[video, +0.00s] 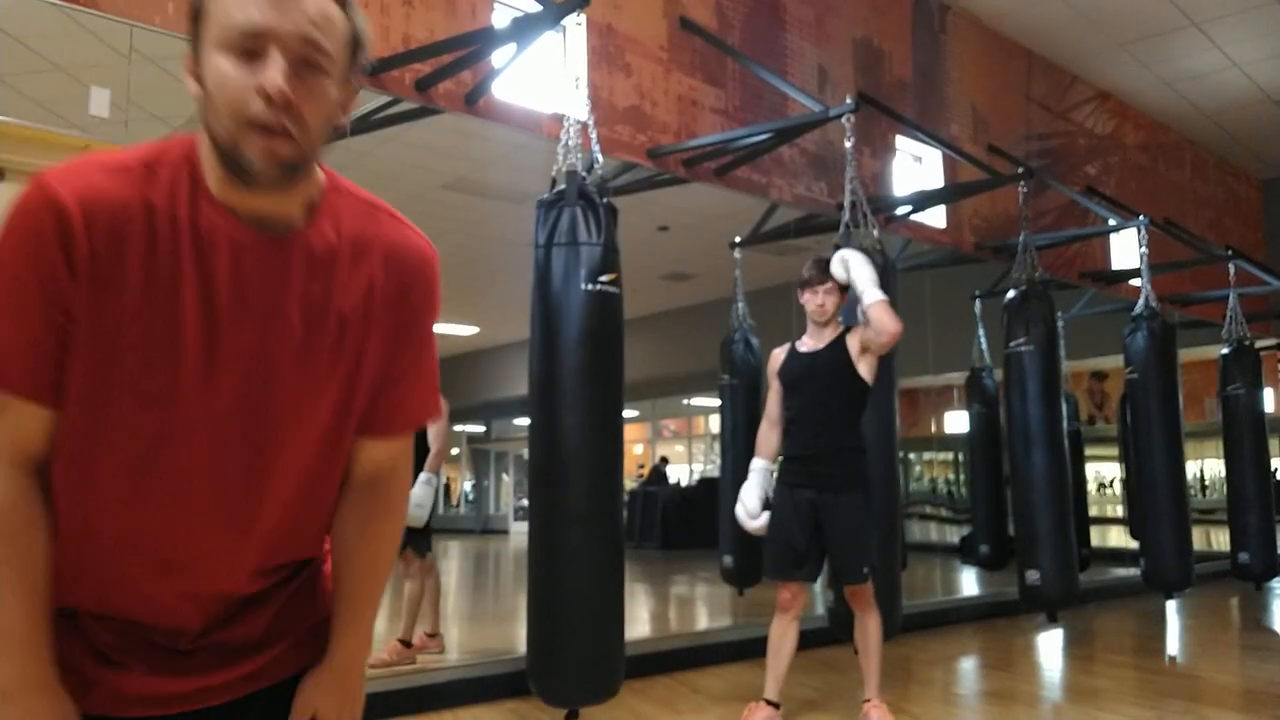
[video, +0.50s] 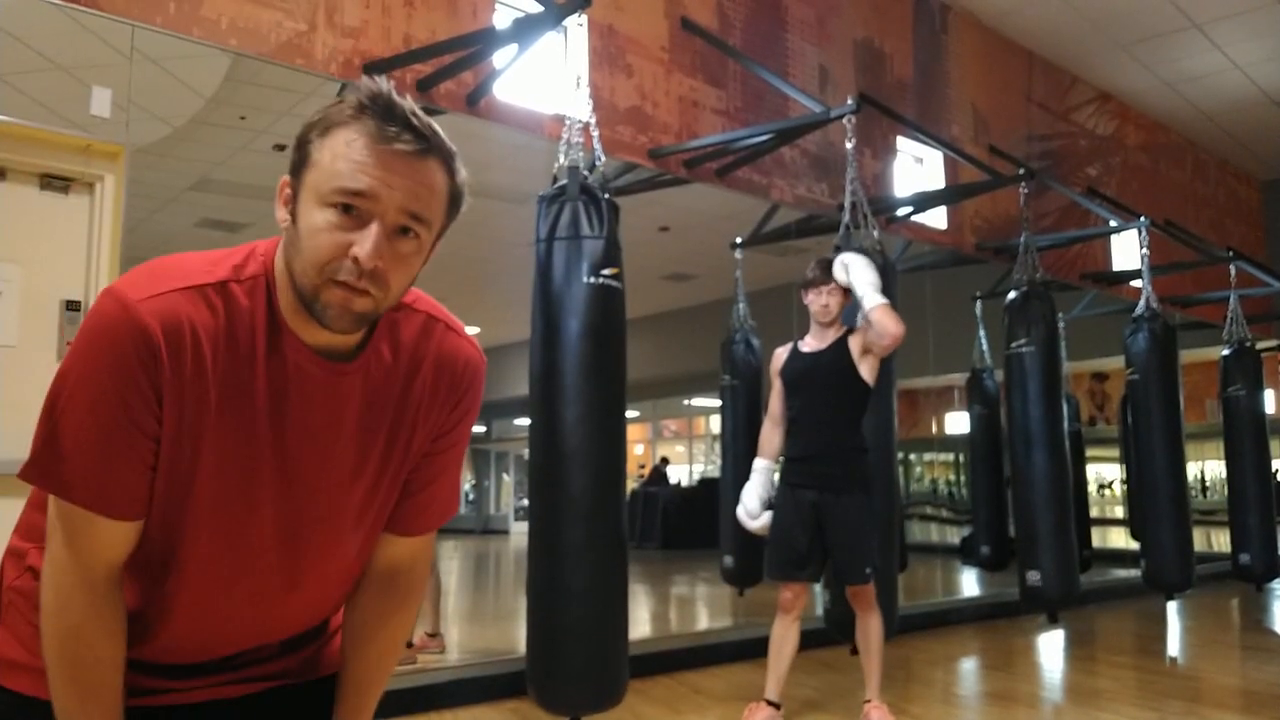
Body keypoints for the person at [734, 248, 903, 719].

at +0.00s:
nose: (820, 299)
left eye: (828, 291)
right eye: (811, 291)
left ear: (842, 297)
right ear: (800, 298)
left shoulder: (859, 339)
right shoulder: (782, 357)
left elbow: (889, 330)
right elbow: (772, 423)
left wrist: (863, 280)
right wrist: (756, 482)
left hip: (848, 489)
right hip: (794, 490)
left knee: (861, 597)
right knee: (788, 600)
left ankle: (872, 700)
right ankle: (770, 702)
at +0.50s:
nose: (824, 299)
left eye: (832, 291)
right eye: (816, 291)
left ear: (846, 297)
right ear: (804, 298)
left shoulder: (861, 341)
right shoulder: (785, 356)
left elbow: (892, 333)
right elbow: (774, 422)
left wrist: (865, 288)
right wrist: (758, 484)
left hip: (849, 491)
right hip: (796, 491)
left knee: (864, 598)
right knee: (789, 600)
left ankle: (873, 701)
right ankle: (771, 702)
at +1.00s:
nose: (811, 287)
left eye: (820, 280)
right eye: (805, 283)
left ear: (841, 291)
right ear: (799, 298)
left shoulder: (868, 346)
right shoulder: (786, 355)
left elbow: (913, 408)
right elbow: (773, 421)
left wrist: (898, 436)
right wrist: (757, 478)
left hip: (855, 493)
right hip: (799, 493)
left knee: (863, 597)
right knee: (787, 599)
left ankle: (873, 700)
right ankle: (769, 703)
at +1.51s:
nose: (827, 289)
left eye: (835, 283)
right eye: (819, 284)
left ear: (851, 296)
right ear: (809, 297)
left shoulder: (876, 350)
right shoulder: (785, 353)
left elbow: (899, 417)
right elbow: (768, 417)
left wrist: (905, 475)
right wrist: (755, 470)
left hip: (859, 491)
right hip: (801, 490)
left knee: (865, 596)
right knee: (788, 598)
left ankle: (873, 701)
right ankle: (770, 702)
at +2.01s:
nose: (830, 292)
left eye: (837, 286)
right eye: (822, 287)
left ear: (850, 295)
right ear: (807, 297)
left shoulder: (874, 350)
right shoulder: (785, 354)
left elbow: (896, 415)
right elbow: (769, 416)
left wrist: (899, 465)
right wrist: (756, 470)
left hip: (858, 490)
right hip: (799, 489)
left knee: (865, 595)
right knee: (784, 596)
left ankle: (872, 699)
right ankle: (770, 702)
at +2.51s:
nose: (829, 293)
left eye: (837, 286)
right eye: (822, 287)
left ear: (850, 296)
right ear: (809, 298)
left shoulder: (875, 351)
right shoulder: (786, 355)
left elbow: (896, 418)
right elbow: (772, 421)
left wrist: (902, 476)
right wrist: (760, 479)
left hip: (857, 491)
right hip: (800, 492)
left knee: (864, 596)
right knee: (788, 596)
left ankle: (873, 700)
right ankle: (770, 703)